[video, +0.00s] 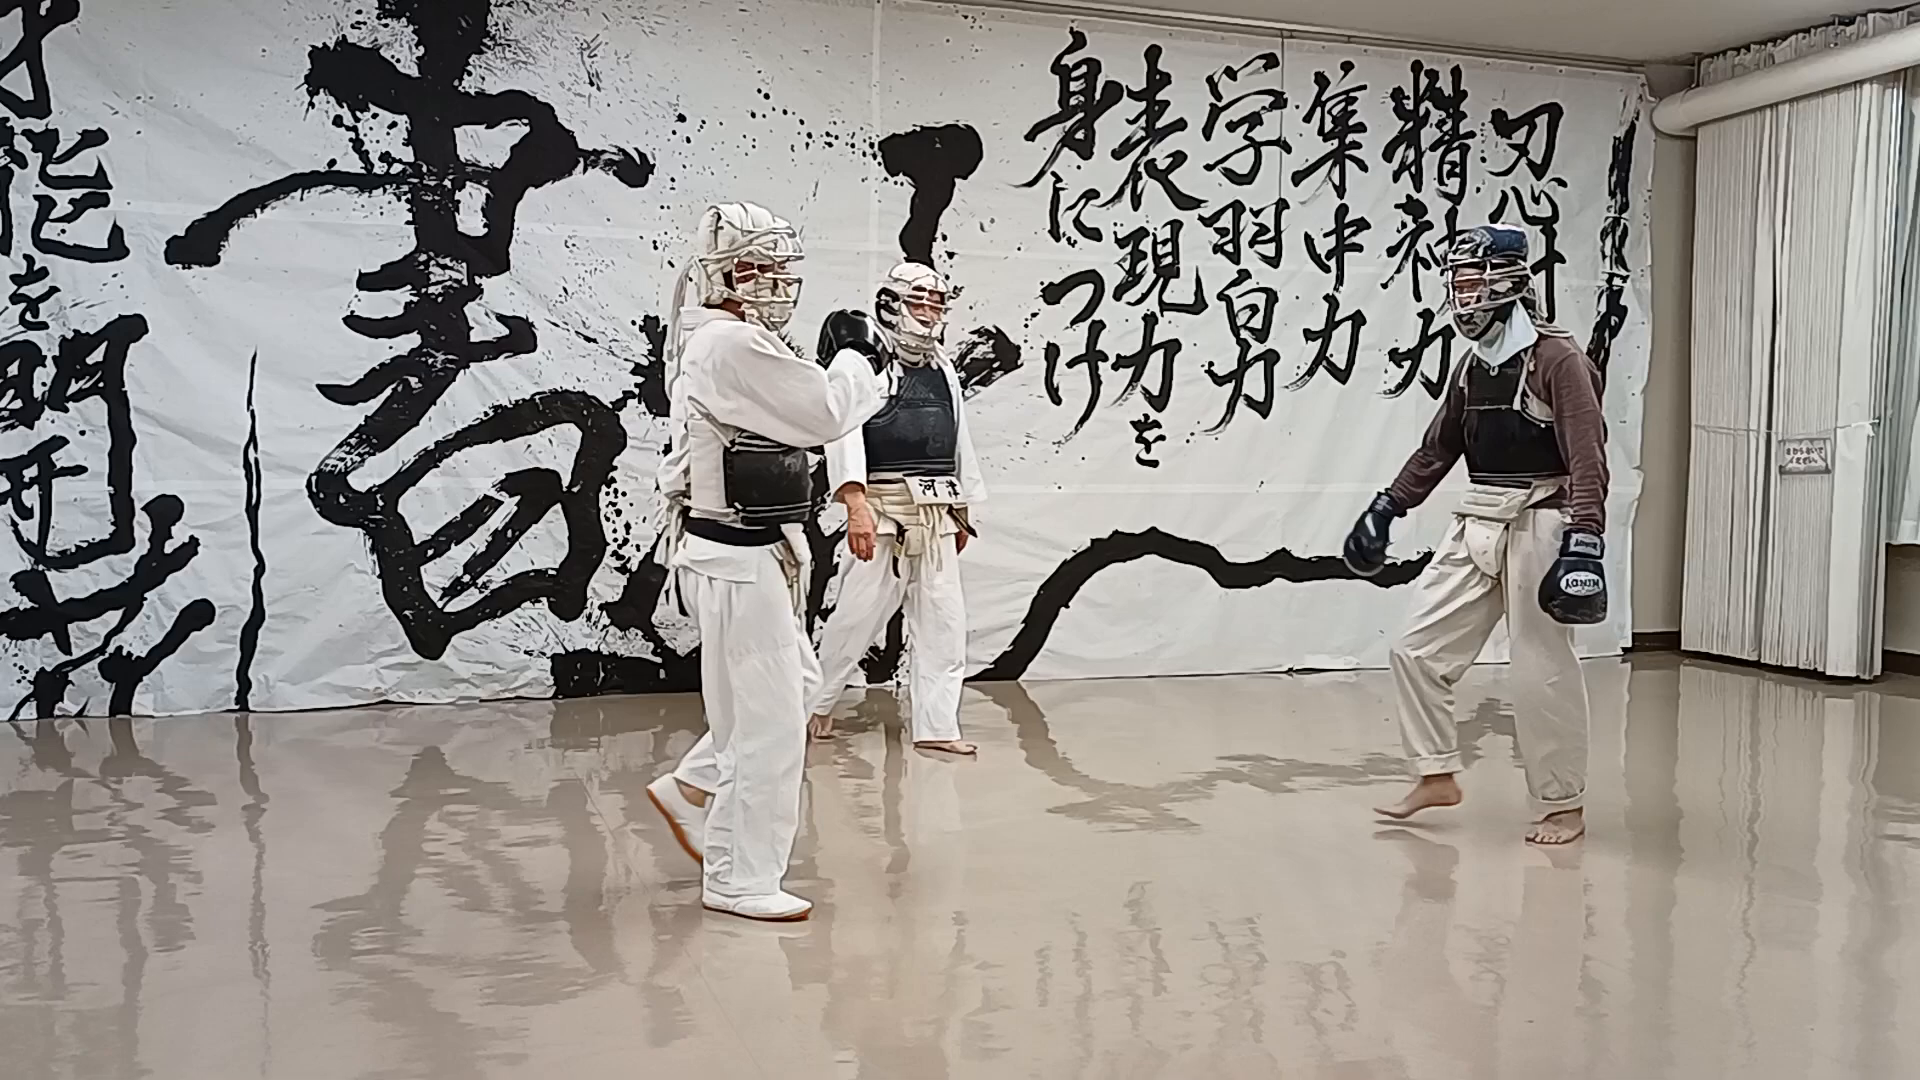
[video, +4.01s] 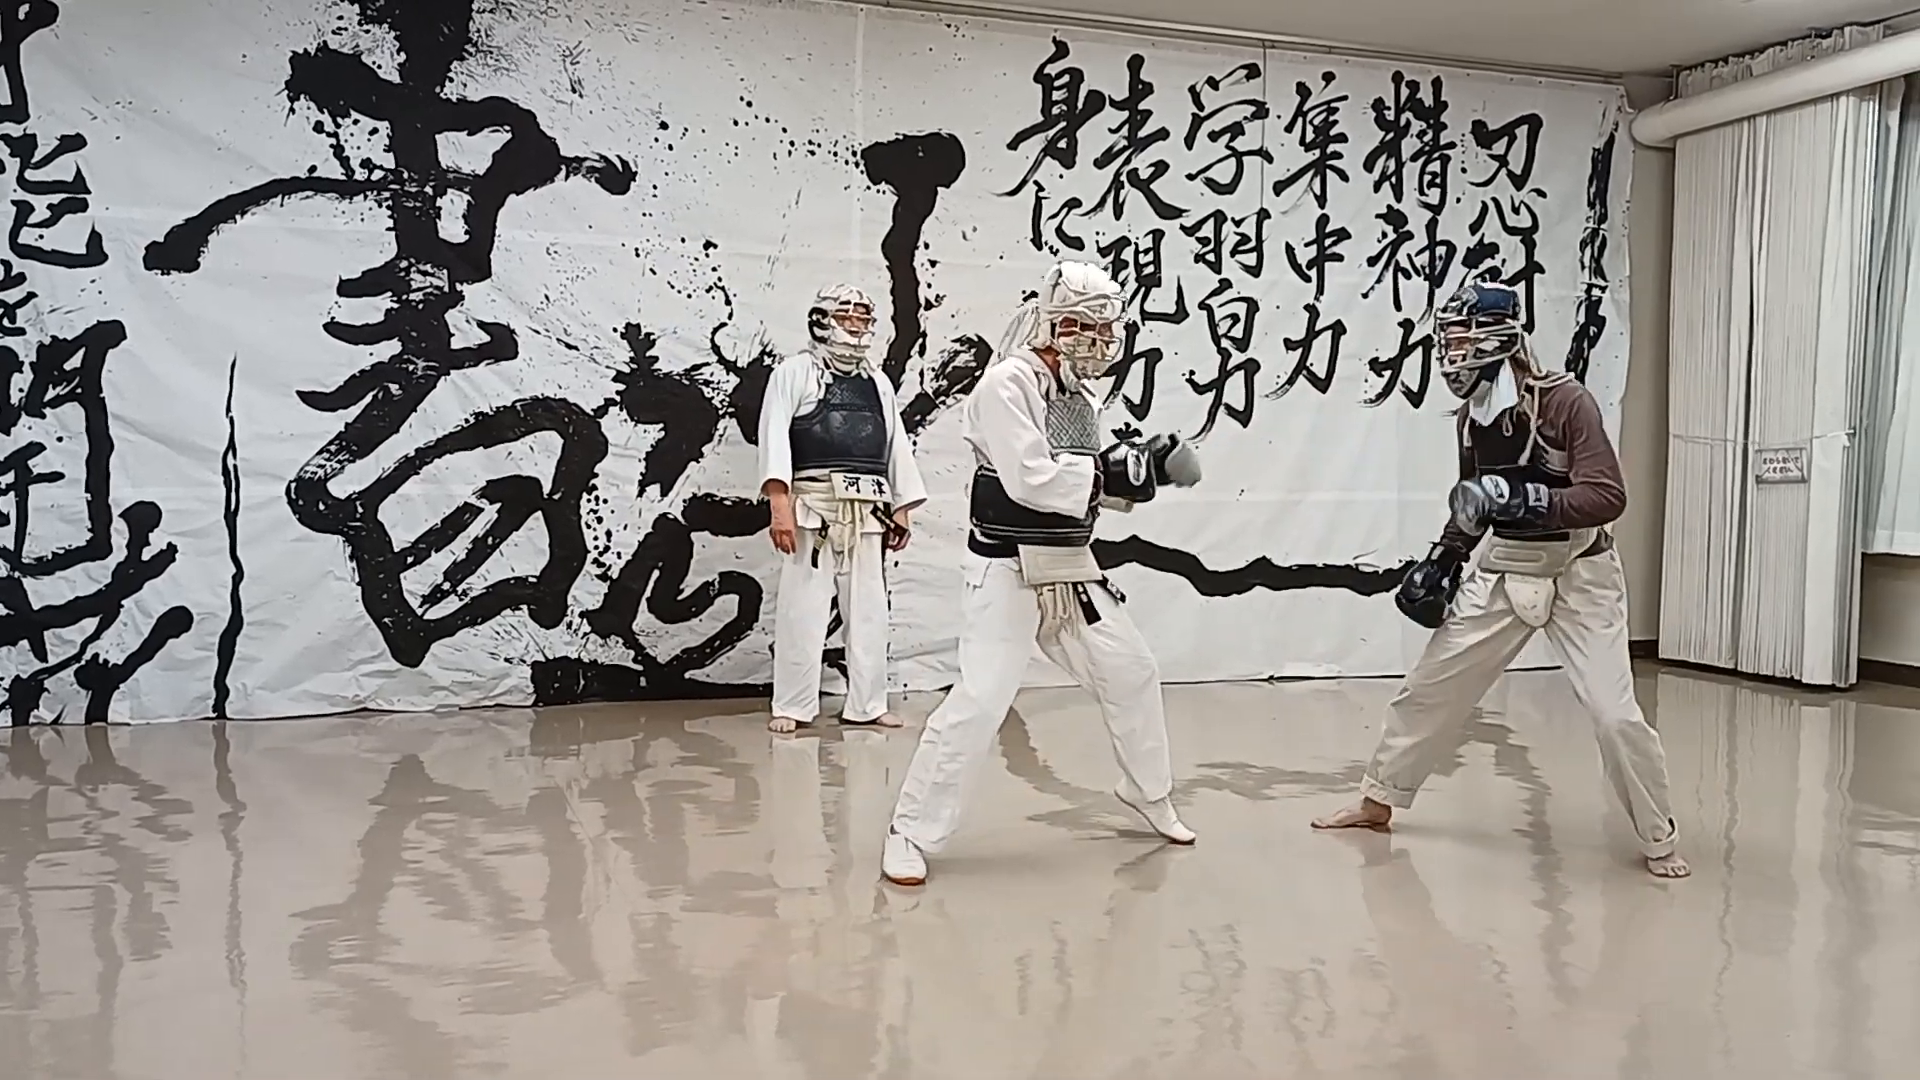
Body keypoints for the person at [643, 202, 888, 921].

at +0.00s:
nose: (780, 286)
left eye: (783, 273)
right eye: (765, 273)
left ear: (770, 277)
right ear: (729, 277)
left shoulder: (728, 338)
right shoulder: (730, 343)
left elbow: (802, 408)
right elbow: (827, 413)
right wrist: (856, 367)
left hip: (737, 550)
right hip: (739, 556)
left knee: (796, 684)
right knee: (772, 717)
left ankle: (694, 786)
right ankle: (742, 881)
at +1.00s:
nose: (918, 304)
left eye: (922, 292)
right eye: (903, 291)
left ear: (926, 296)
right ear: (868, 295)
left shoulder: (907, 373)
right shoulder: (842, 360)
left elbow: (929, 460)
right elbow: (828, 472)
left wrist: (926, 527)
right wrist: (887, 544)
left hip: (894, 560)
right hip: (838, 563)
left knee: (958, 680)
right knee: (829, 711)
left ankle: (945, 822)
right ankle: (789, 853)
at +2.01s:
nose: (980, 338)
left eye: (987, 327)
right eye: (967, 324)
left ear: (995, 332)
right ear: (937, 326)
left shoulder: (972, 393)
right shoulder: (902, 379)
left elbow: (1018, 450)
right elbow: (964, 438)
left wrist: (1078, 421)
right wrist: (1022, 389)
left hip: (946, 572)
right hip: (889, 571)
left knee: (991, 690)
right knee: (885, 717)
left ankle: (1010, 813)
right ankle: (815, 846)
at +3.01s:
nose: (1047, 345)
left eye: (1054, 334)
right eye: (1033, 334)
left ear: (1061, 336)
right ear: (1000, 334)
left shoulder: (1033, 395)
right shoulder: (970, 393)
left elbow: (1053, 454)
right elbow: (1031, 457)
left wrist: (1101, 414)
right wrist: (1093, 409)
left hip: (1011, 580)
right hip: (956, 583)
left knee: (1086, 670)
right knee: (948, 718)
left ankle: (1070, 791)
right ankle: (891, 824)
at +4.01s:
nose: (1092, 341)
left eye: (1102, 330)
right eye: (1079, 327)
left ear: (1110, 333)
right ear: (1050, 325)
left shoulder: (1081, 396)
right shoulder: (1005, 382)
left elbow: (1084, 482)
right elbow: (1028, 478)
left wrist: (1140, 472)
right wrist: (1115, 472)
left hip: (1068, 566)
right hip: (1005, 568)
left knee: (1133, 672)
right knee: (981, 697)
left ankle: (1149, 794)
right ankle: (909, 836)